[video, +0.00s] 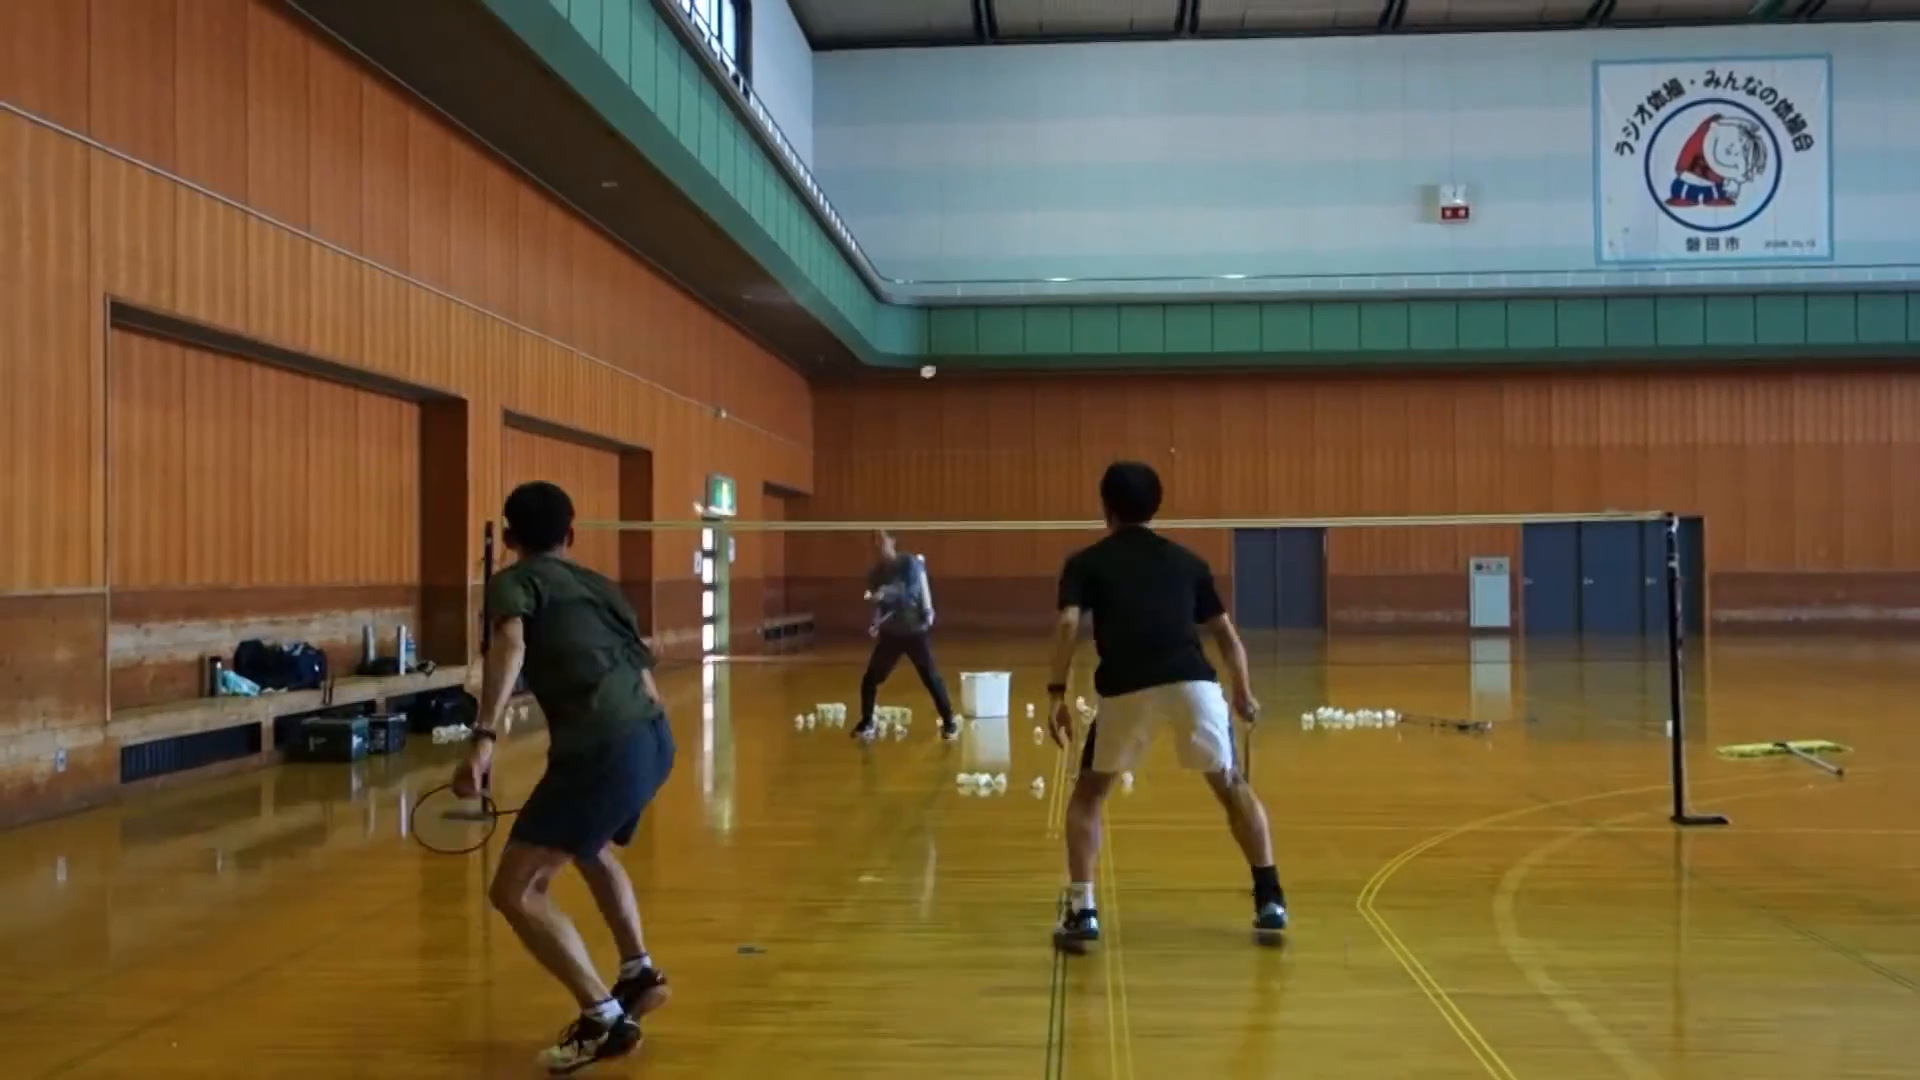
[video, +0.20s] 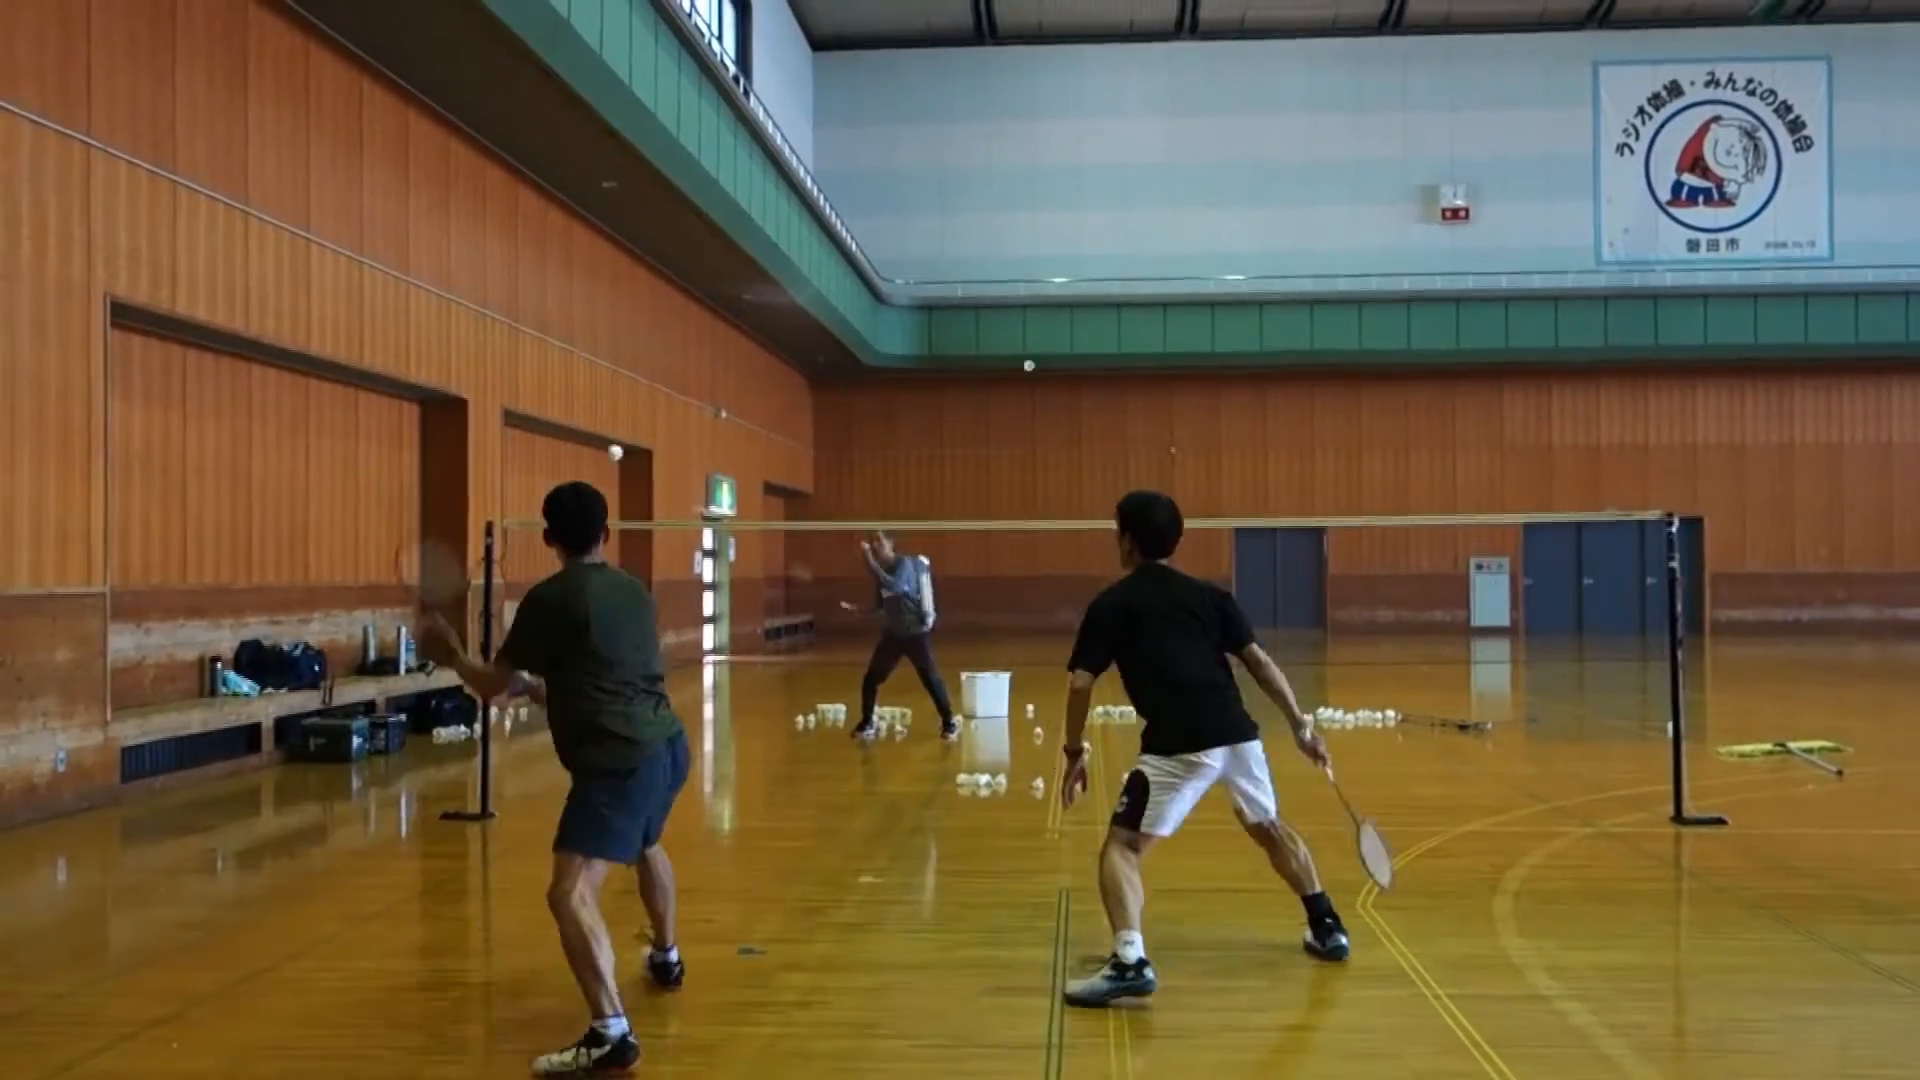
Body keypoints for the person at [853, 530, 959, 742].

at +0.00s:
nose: (881, 547)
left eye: (884, 541)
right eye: (878, 542)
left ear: (893, 542)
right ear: (874, 546)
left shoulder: (910, 563)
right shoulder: (877, 573)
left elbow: (911, 592)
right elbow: (880, 602)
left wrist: (882, 594)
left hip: (914, 630)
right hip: (890, 632)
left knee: (930, 677)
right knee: (870, 680)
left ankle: (949, 721)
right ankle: (867, 722)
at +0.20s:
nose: (878, 549)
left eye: (881, 544)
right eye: (874, 545)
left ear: (891, 544)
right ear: (873, 550)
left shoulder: (906, 564)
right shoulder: (881, 573)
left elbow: (896, 587)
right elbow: (880, 607)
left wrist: (872, 564)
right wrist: (857, 610)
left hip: (915, 633)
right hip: (893, 634)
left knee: (930, 679)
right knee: (871, 680)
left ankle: (948, 721)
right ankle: (867, 722)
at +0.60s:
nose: (889, 549)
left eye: (892, 544)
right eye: (886, 545)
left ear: (901, 544)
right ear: (884, 549)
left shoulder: (921, 565)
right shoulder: (885, 575)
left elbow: (932, 594)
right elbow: (877, 597)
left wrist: (914, 615)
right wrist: (871, 615)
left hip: (923, 635)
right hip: (897, 635)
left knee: (932, 678)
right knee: (875, 680)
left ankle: (948, 722)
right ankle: (867, 723)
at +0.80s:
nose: (887, 550)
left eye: (891, 545)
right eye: (884, 546)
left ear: (901, 545)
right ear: (882, 550)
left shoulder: (920, 566)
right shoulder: (882, 581)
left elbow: (944, 592)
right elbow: (885, 611)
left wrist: (940, 621)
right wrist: (890, 629)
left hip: (927, 636)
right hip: (901, 638)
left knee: (936, 682)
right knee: (875, 680)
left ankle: (948, 724)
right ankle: (867, 723)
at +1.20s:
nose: (881, 547)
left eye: (885, 543)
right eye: (878, 543)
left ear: (896, 543)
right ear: (876, 546)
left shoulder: (908, 564)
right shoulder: (885, 570)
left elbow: (908, 592)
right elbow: (887, 601)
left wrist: (880, 578)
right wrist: (861, 610)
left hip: (916, 631)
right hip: (898, 631)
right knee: (879, 677)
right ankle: (867, 722)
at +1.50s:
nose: (890, 548)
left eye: (893, 543)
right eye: (887, 544)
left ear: (905, 543)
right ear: (886, 547)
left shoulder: (923, 565)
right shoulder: (888, 579)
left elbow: (920, 596)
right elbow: (883, 609)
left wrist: (893, 608)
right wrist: (849, 621)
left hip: (931, 629)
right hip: (907, 631)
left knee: (937, 674)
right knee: (886, 675)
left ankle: (948, 722)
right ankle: (868, 721)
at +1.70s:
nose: (896, 544)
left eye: (899, 539)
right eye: (892, 540)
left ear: (909, 541)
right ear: (890, 545)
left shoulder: (927, 563)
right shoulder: (890, 574)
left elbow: (946, 591)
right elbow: (894, 602)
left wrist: (941, 617)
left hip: (930, 629)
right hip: (905, 630)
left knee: (940, 676)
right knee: (885, 674)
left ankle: (950, 721)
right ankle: (867, 717)